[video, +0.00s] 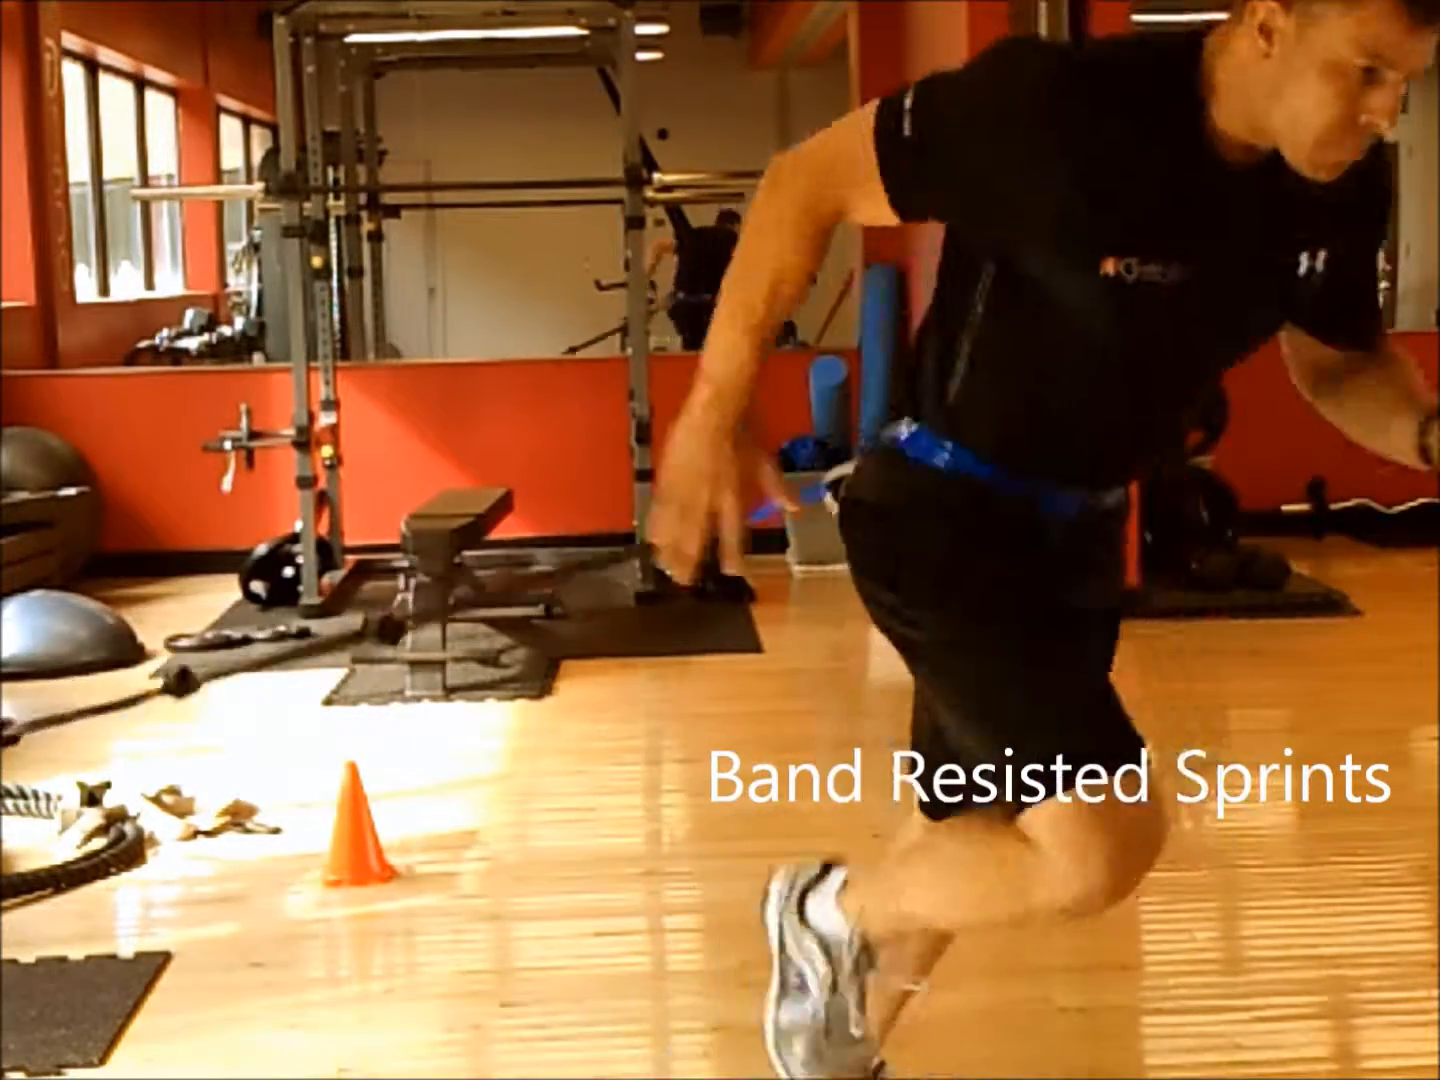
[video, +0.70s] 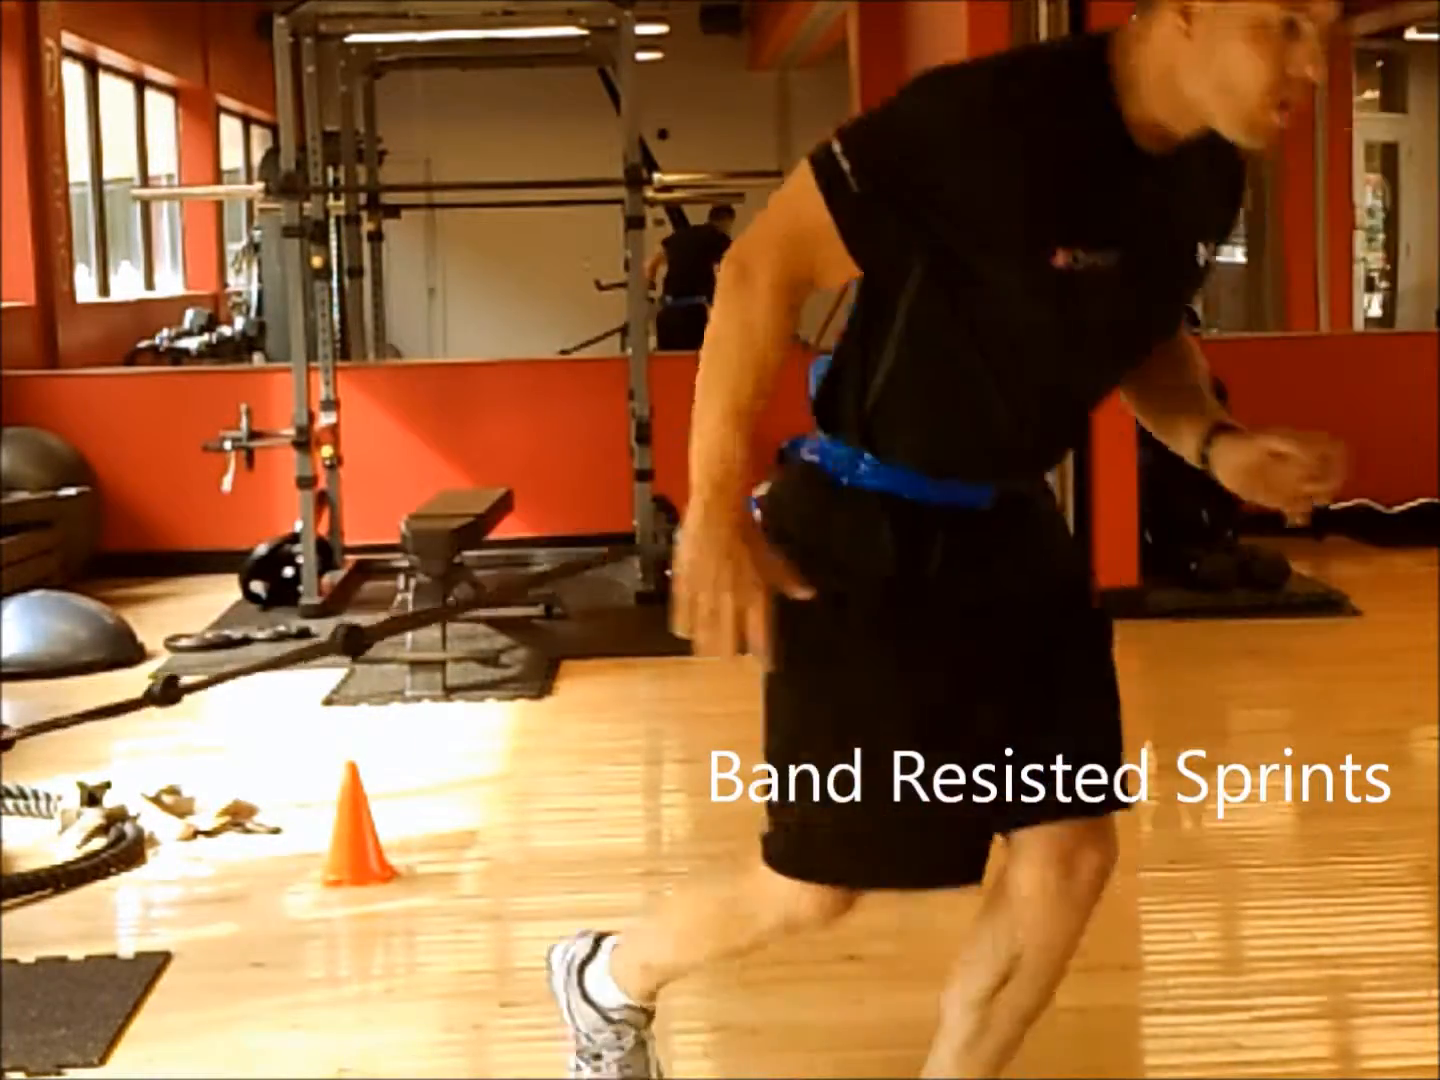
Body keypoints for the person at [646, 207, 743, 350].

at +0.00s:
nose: (739, 229)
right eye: (738, 226)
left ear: (716, 222)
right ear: (736, 225)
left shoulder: (694, 236)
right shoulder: (736, 242)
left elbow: (659, 246)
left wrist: (648, 274)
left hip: (682, 303)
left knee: (690, 346)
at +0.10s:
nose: (736, 219)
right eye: (736, 215)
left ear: (716, 210)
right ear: (734, 214)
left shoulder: (690, 226)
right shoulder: (732, 231)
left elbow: (665, 253)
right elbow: (733, 269)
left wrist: (668, 284)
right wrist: (737, 296)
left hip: (681, 297)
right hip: (709, 298)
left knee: (686, 355)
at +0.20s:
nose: (730, 225)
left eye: (731, 221)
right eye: (730, 221)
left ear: (710, 218)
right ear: (728, 220)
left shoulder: (690, 233)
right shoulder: (726, 234)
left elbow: (677, 264)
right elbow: (725, 260)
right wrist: (721, 292)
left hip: (680, 305)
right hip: (710, 304)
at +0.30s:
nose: (734, 228)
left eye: (734, 225)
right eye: (734, 224)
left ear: (714, 220)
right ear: (731, 223)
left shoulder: (692, 234)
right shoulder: (726, 234)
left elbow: (678, 267)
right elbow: (722, 255)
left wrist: (672, 293)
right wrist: (717, 283)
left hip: (678, 305)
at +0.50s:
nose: (742, 232)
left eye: (743, 229)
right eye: (743, 229)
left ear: (725, 222)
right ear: (741, 226)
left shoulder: (695, 234)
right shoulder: (732, 237)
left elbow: (666, 265)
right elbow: (726, 276)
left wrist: (662, 295)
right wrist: (731, 303)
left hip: (679, 304)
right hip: (708, 304)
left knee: (681, 359)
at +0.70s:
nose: (730, 227)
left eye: (730, 223)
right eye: (730, 223)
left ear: (709, 218)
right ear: (726, 221)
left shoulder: (682, 234)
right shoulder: (721, 241)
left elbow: (653, 262)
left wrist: (650, 281)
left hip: (669, 309)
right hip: (699, 309)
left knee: (669, 362)